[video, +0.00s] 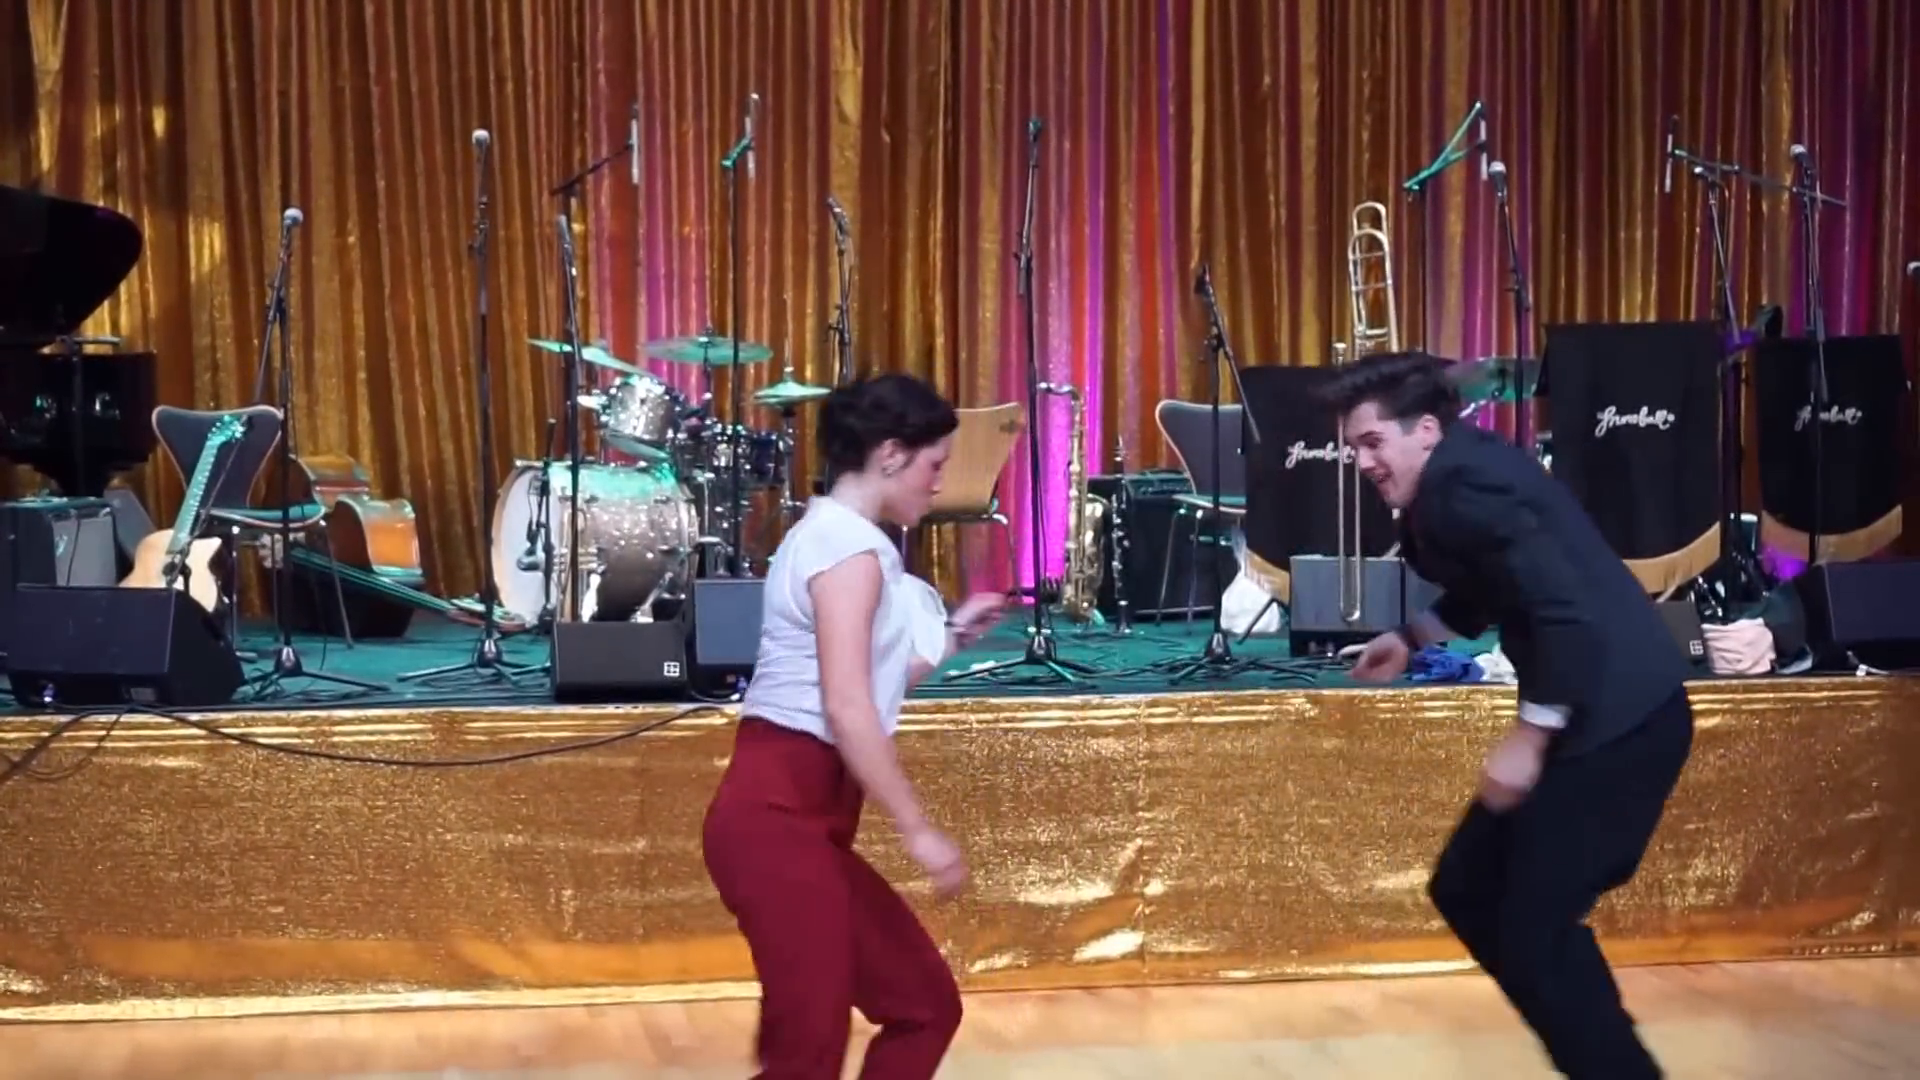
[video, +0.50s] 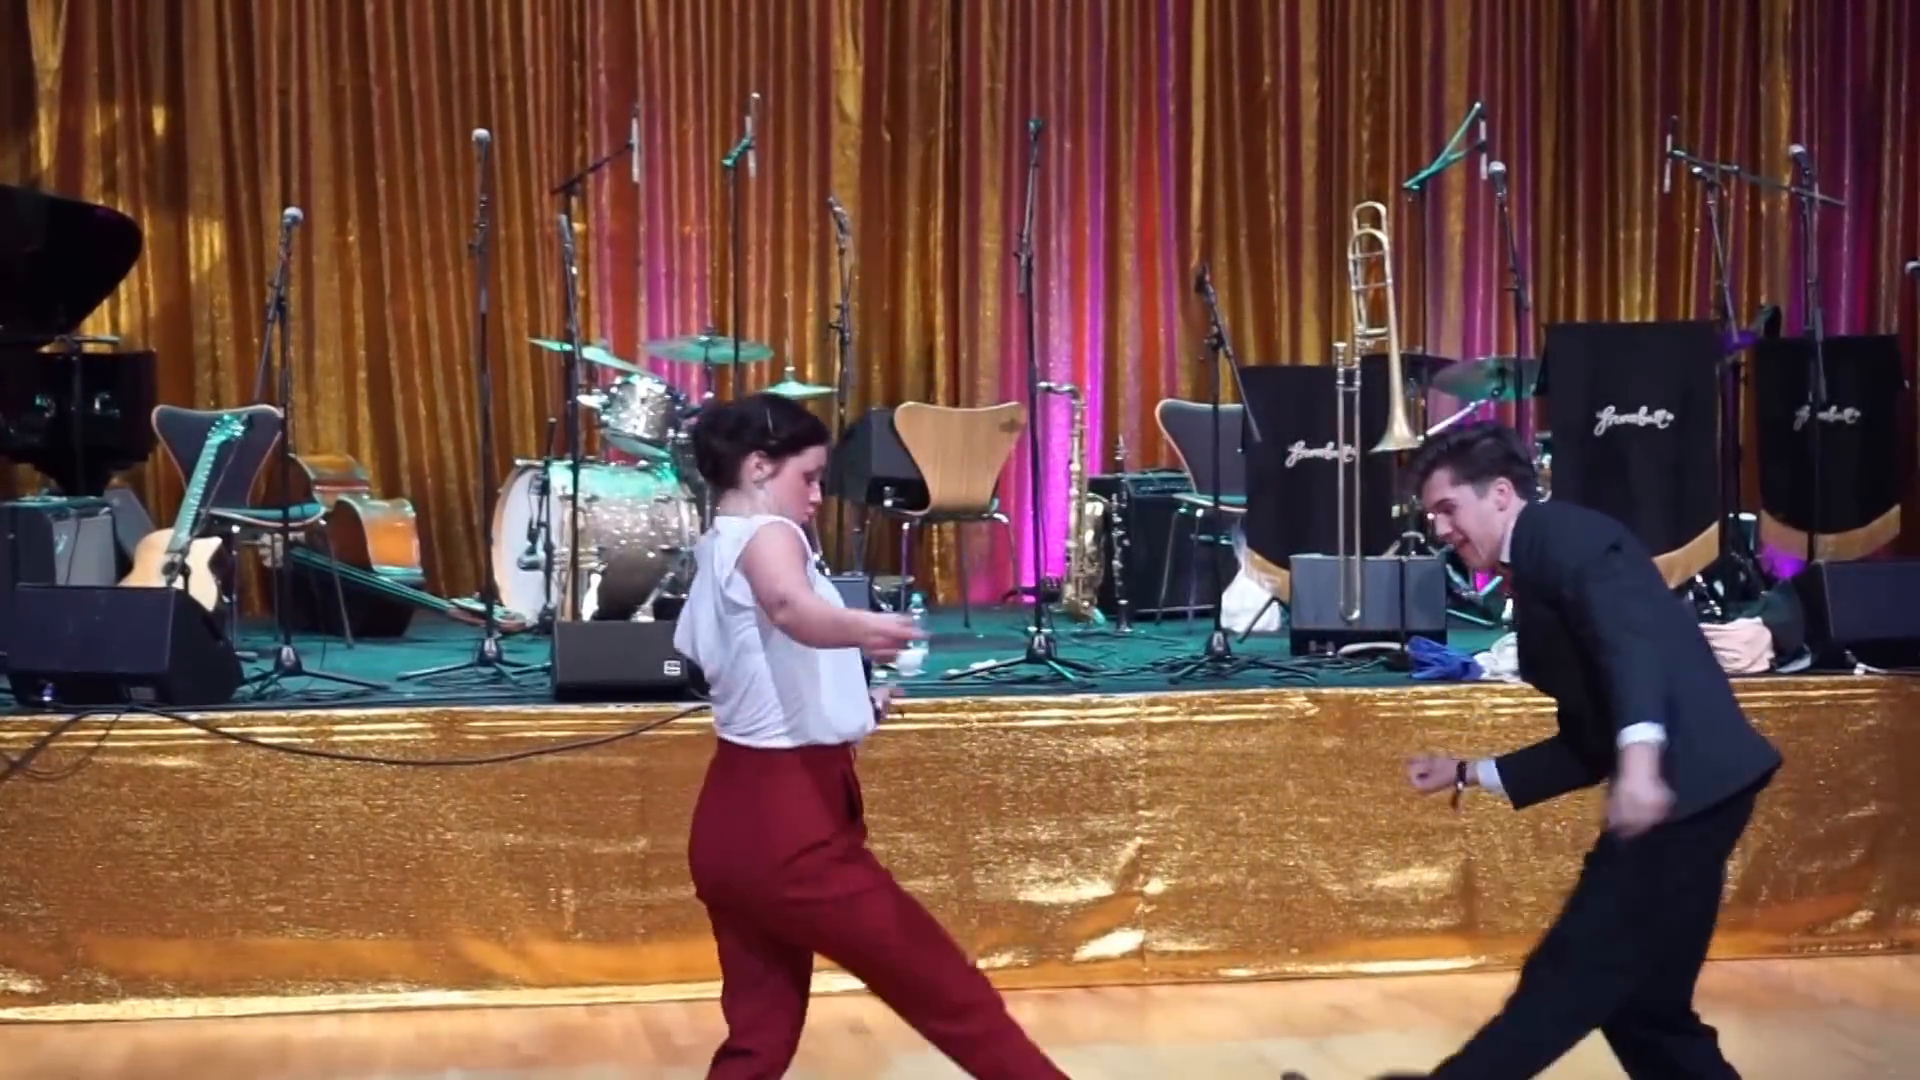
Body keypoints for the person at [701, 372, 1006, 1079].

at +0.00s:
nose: (939, 485)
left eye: (942, 469)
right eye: (935, 467)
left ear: (887, 457)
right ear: (890, 458)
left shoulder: (845, 538)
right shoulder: (848, 545)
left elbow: (872, 683)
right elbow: (846, 705)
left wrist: (948, 633)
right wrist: (918, 829)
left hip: (807, 827)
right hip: (772, 826)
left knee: (926, 1006)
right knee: (806, 1051)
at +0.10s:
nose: (890, 509)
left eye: (895, 494)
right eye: (885, 491)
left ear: (829, 481)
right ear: (835, 481)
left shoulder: (758, 566)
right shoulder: (826, 570)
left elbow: (758, 708)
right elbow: (792, 703)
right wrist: (783, 848)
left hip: (747, 810)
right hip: (794, 818)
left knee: (865, 1045)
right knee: (754, 1054)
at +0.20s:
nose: (853, 510)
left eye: (858, 494)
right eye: (847, 490)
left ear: (793, 476)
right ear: (798, 475)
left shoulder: (739, 554)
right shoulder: (800, 545)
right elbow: (747, 641)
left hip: (746, 800)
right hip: (791, 811)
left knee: (776, 1035)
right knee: (802, 1037)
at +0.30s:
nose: (830, 502)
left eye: (834, 486)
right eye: (823, 483)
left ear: (769, 471)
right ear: (772, 470)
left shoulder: (731, 534)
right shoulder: (774, 522)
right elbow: (725, 600)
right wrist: (710, 677)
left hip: (723, 823)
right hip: (771, 830)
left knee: (767, 1050)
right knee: (907, 1041)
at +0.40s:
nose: (815, 513)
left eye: (818, 495)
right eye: (808, 491)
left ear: (752, 484)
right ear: (757, 481)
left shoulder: (715, 553)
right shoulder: (761, 531)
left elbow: (735, 678)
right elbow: (756, 584)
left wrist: (827, 715)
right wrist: (757, 629)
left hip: (719, 835)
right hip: (774, 841)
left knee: (752, 1054)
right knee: (933, 1012)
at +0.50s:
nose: (818, 499)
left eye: (820, 483)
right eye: (810, 478)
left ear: (753, 473)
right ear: (756, 468)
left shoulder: (721, 551)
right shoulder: (768, 533)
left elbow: (746, 685)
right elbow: (788, 607)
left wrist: (848, 702)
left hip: (736, 831)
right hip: (789, 836)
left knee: (756, 1046)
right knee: (964, 1008)